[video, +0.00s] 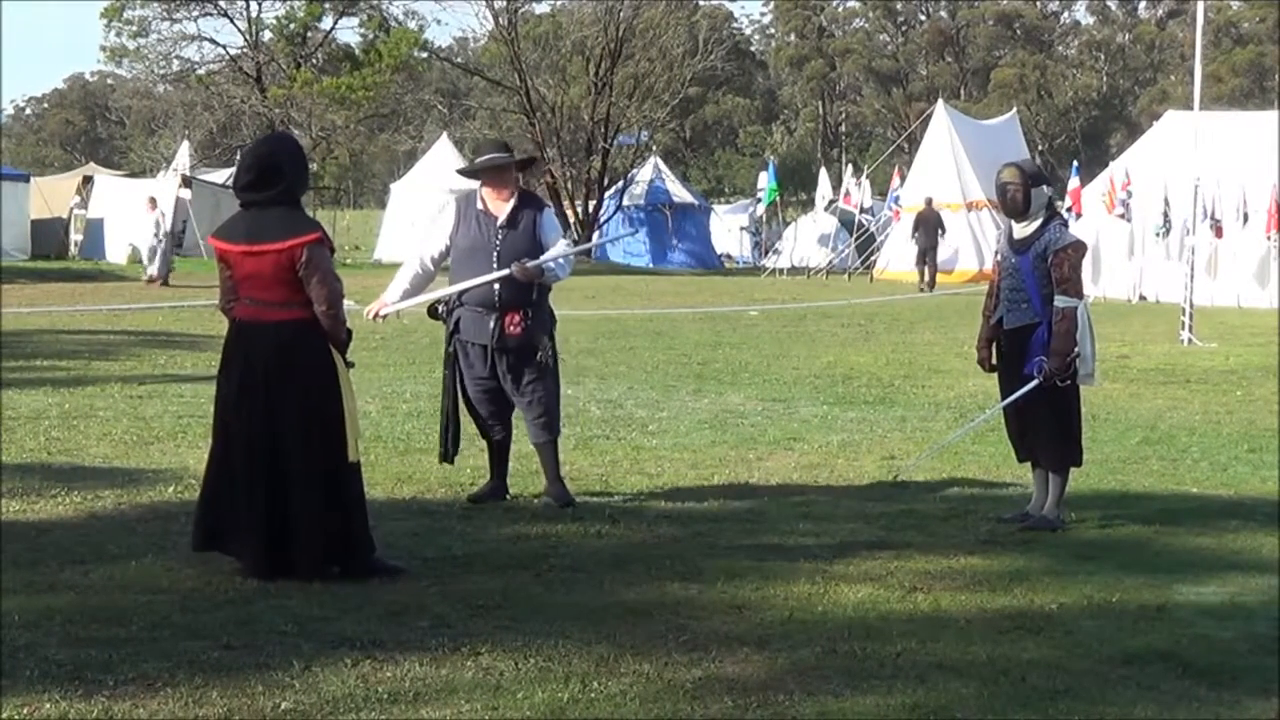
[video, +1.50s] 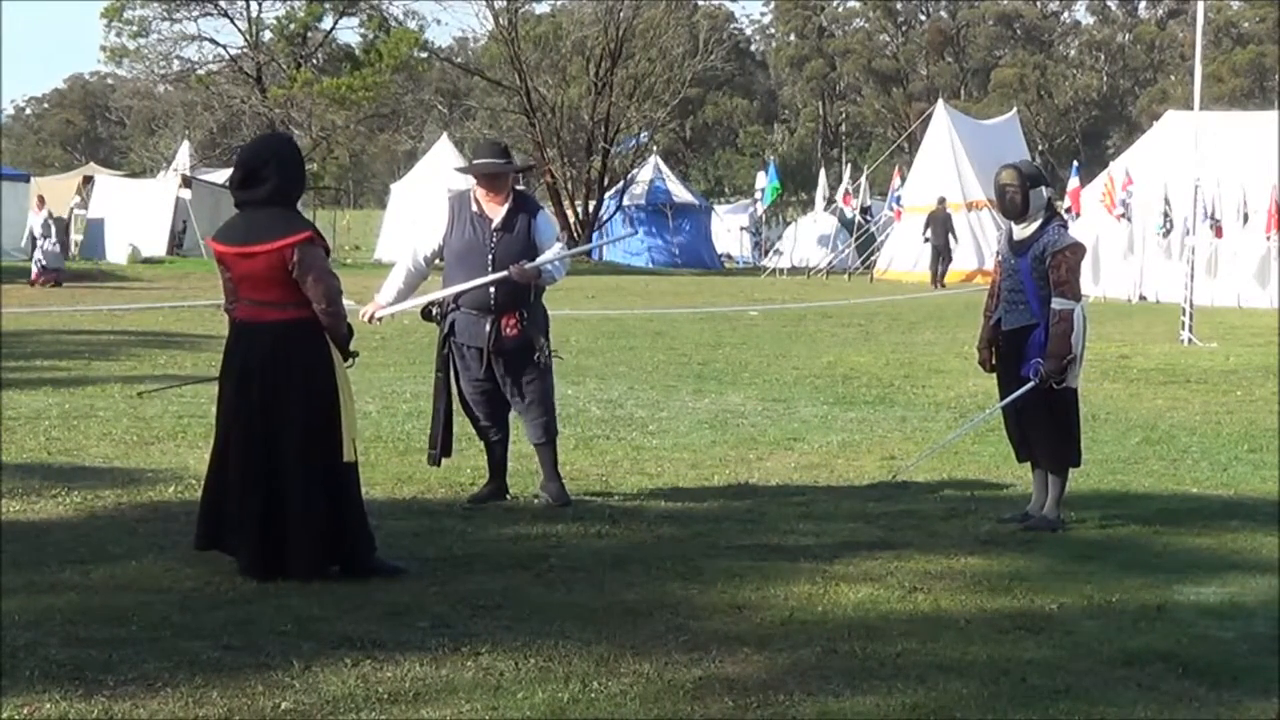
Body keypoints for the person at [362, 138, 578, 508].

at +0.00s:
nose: (500, 181)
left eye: (505, 173)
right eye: (491, 176)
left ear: (517, 173)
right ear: (479, 180)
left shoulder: (538, 212)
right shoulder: (459, 211)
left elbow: (564, 259)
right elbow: (426, 258)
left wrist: (540, 270)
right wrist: (392, 297)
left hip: (526, 328)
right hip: (473, 328)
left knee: (539, 409)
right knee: (489, 412)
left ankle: (555, 484)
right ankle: (497, 483)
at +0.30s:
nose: (491, 179)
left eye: (497, 171)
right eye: (482, 174)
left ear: (510, 172)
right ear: (471, 178)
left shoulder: (532, 210)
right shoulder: (453, 210)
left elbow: (559, 256)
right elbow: (420, 259)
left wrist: (537, 267)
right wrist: (387, 300)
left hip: (522, 324)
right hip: (470, 325)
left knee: (533, 404)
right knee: (485, 407)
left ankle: (548, 481)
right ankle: (497, 482)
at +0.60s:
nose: (492, 177)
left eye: (499, 169)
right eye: (484, 171)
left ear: (512, 171)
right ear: (473, 176)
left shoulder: (533, 212)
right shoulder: (454, 209)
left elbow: (559, 258)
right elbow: (420, 257)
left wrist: (537, 267)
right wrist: (386, 297)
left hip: (521, 325)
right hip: (468, 325)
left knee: (531, 403)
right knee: (483, 407)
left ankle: (549, 481)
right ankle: (496, 482)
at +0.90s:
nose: (493, 178)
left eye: (500, 170)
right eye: (485, 171)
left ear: (514, 173)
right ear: (474, 175)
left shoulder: (534, 214)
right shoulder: (456, 209)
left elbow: (560, 258)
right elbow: (420, 255)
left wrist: (536, 271)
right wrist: (384, 294)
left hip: (520, 327)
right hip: (468, 326)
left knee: (531, 407)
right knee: (485, 411)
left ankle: (549, 481)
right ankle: (497, 483)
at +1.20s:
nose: (492, 180)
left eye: (500, 172)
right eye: (484, 173)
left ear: (514, 173)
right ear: (474, 176)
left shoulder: (535, 214)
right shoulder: (456, 210)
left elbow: (560, 259)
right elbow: (420, 255)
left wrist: (537, 273)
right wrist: (385, 295)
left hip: (521, 327)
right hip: (469, 326)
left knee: (532, 407)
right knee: (485, 412)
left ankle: (550, 482)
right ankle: (496, 483)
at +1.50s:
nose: (489, 184)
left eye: (497, 177)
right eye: (482, 178)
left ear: (512, 176)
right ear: (472, 178)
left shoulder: (532, 212)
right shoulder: (453, 209)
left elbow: (559, 260)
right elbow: (418, 257)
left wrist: (536, 273)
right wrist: (385, 299)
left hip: (521, 326)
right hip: (468, 326)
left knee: (536, 406)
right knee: (484, 411)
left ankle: (551, 480)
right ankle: (496, 481)